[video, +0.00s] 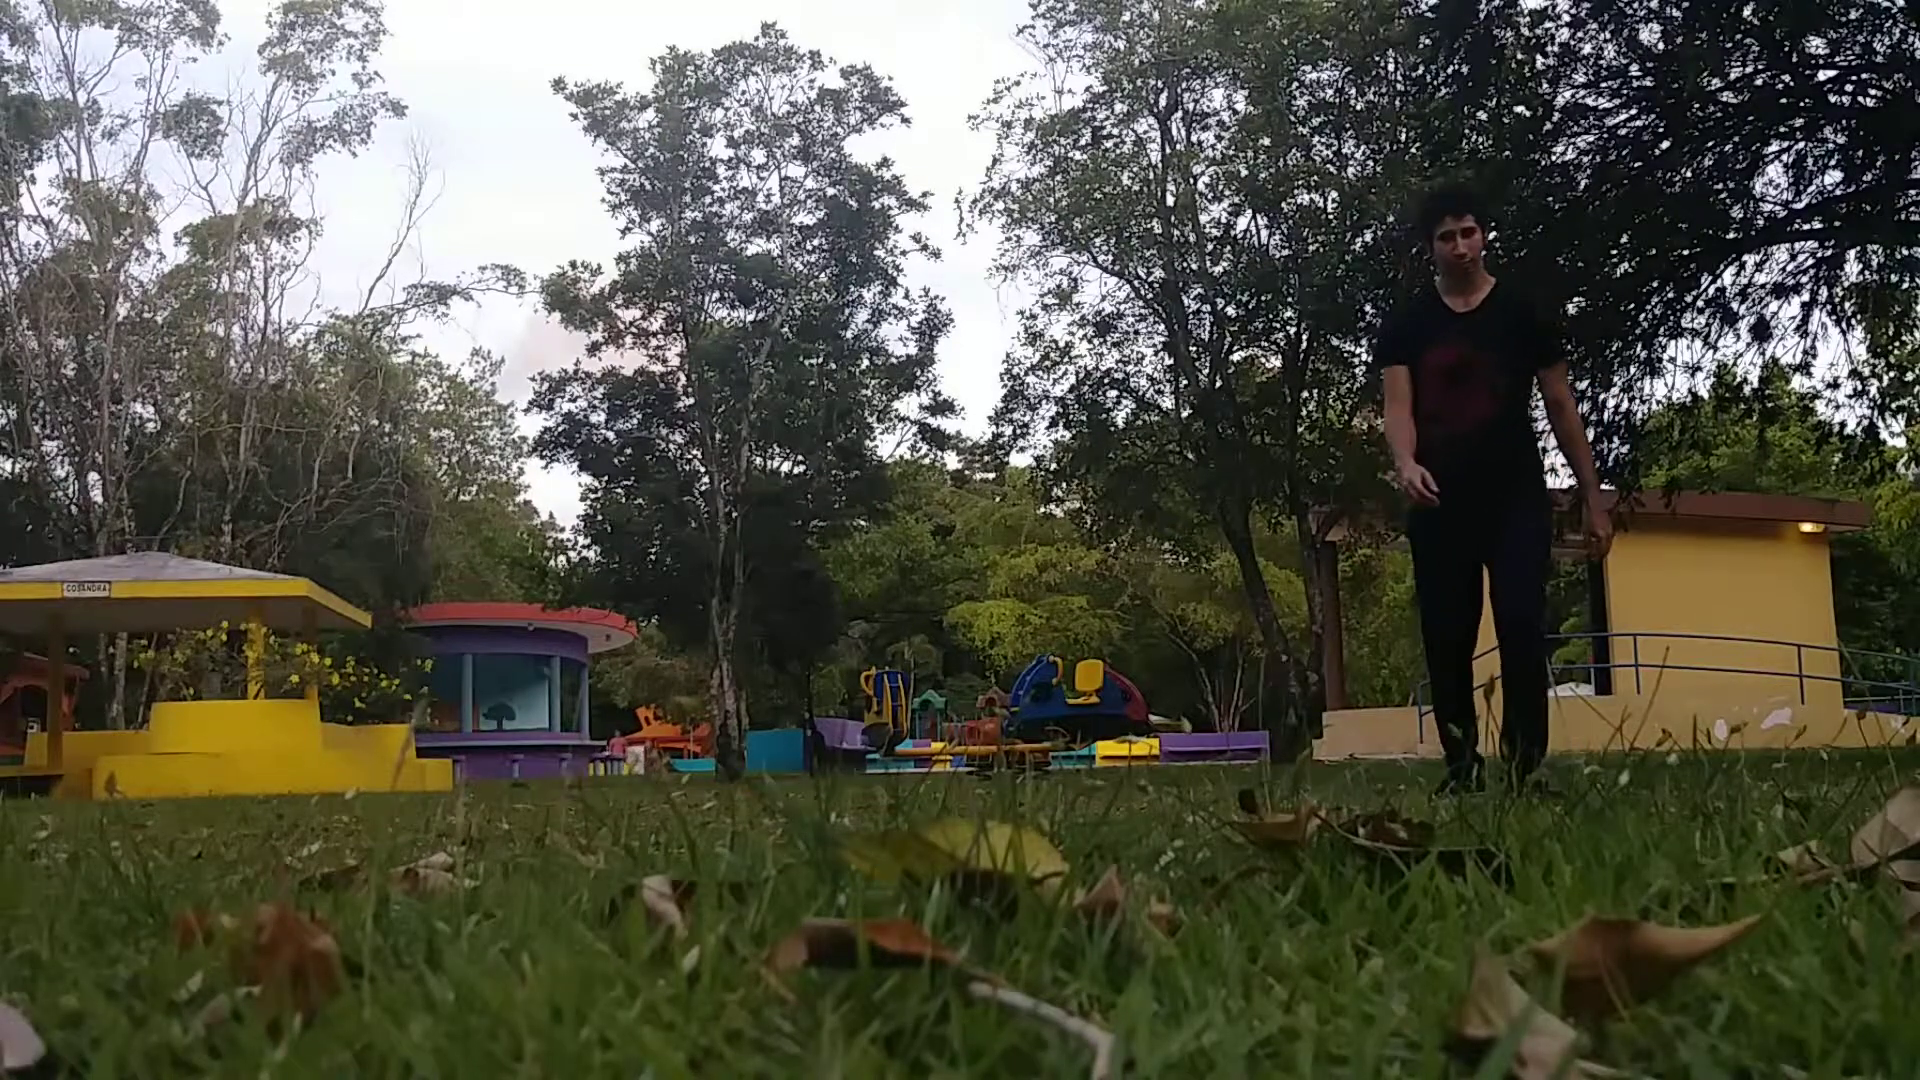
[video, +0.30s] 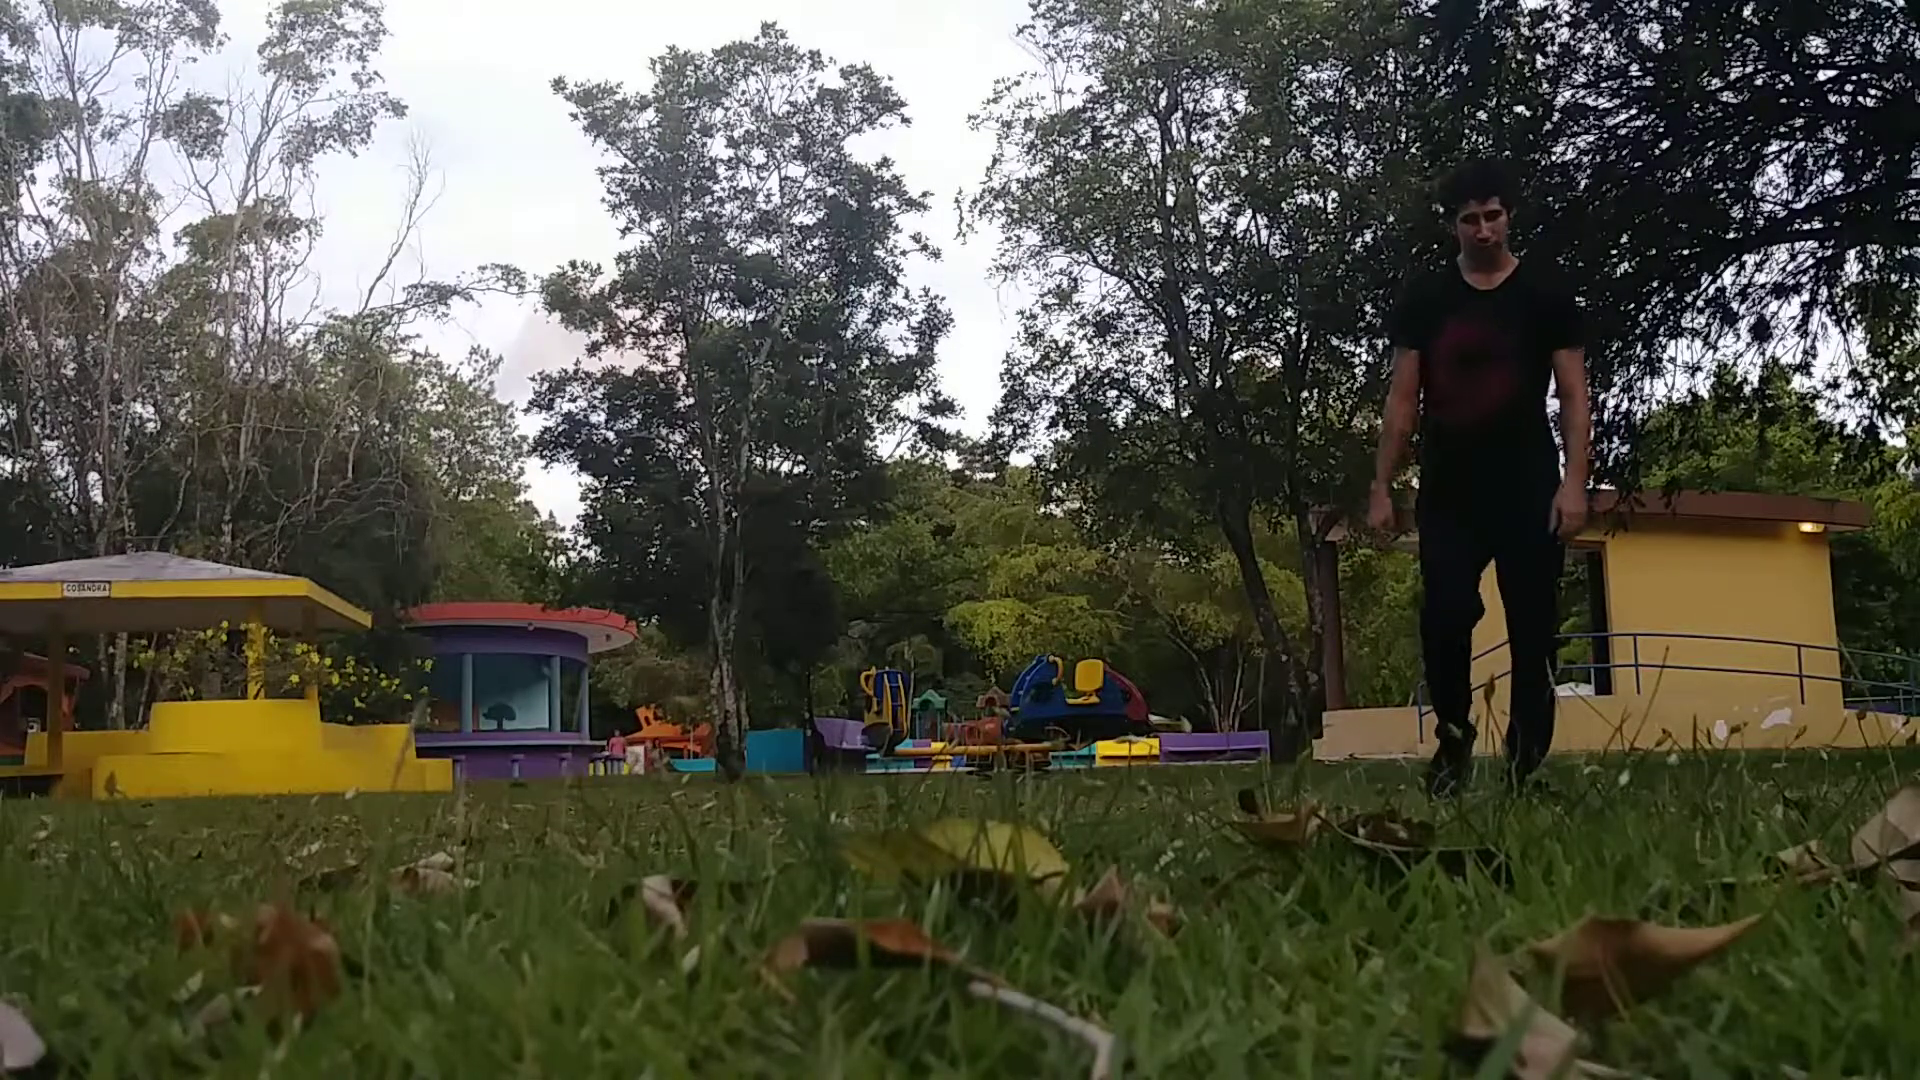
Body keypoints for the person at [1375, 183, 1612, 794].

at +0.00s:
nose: (1462, 244)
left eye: (1469, 233)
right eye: (1449, 237)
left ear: (1484, 237)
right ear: (1430, 247)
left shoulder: (1524, 311)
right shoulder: (1406, 323)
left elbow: (1563, 407)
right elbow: (1397, 405)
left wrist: (1592, 495)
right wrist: (1405, 462)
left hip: (1515, 497)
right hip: (1439, 501)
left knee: (1523, 633)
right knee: (1446, 639)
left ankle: (1525, 767)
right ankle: (1460, 767)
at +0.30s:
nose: (1483, 228)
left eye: (1492, 217)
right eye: (1471, 218)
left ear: (1509, 219)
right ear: (1454, 224)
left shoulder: (1546, 296)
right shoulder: (1424, 296)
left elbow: (1573, 392)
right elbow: (1402, 395)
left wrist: (1575, 479)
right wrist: (1381, 483)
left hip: (1525, 488)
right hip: (1448, 490)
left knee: (1532, 633)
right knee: (1443, 625)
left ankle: (1525, 764)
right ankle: (1452, 754)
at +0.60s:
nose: (1469, 217)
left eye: (1480, 205)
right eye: (1457, 208)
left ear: (1500, 210)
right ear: (1443, 218)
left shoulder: (1543, 286)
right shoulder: (1419, 296)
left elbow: (1574, 382)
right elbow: (1395, 391)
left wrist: (1545, 469)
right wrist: (1371, 482)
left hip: (1531, 485)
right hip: (1453, 490)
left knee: (1536, 635)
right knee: (1450, 630)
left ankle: (1526, 769)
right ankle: (1453, 766)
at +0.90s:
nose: (1443, 183)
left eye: (1452, 169)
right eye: (1429, 174)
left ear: (1471, 170)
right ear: (1409, 183)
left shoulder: (1522, 250)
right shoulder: (1391, 267)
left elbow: (1561, 357)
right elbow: (1363, 377)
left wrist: (1584, 460)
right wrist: (1341, 478)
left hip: (1523, 464)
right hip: (1441, 472)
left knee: (1546, 618)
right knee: (1452, 620)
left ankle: (1526, 742)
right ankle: (1461, 767)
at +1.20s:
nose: (1462, 150)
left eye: (1469, 136)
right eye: (1446, 142)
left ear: (1483, 140)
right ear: (1418, 153)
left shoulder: (1525, 228)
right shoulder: (1391, 242)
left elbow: (1560, 337)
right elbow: (1373, 320)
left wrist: (1586, 435)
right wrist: (1375, 387)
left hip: (1529, 446)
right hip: (1442, 454)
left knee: (1569, 592)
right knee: (1445, 616)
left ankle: (1559, 761)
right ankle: (1460, 769)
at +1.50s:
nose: (1517, 131)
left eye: (1525, 117)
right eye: (1500, 120)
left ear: (1536, 124)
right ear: (1468, 133)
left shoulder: (1570, 223)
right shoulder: (1438, 218)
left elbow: (1601, 343)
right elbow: (1421, 318)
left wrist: (1621, 453)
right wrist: (1461, 381)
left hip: (1560, 437)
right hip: (1470, 442)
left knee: (1588, 600)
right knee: (1465, 613)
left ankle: (1604, 765)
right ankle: (1463, 772)